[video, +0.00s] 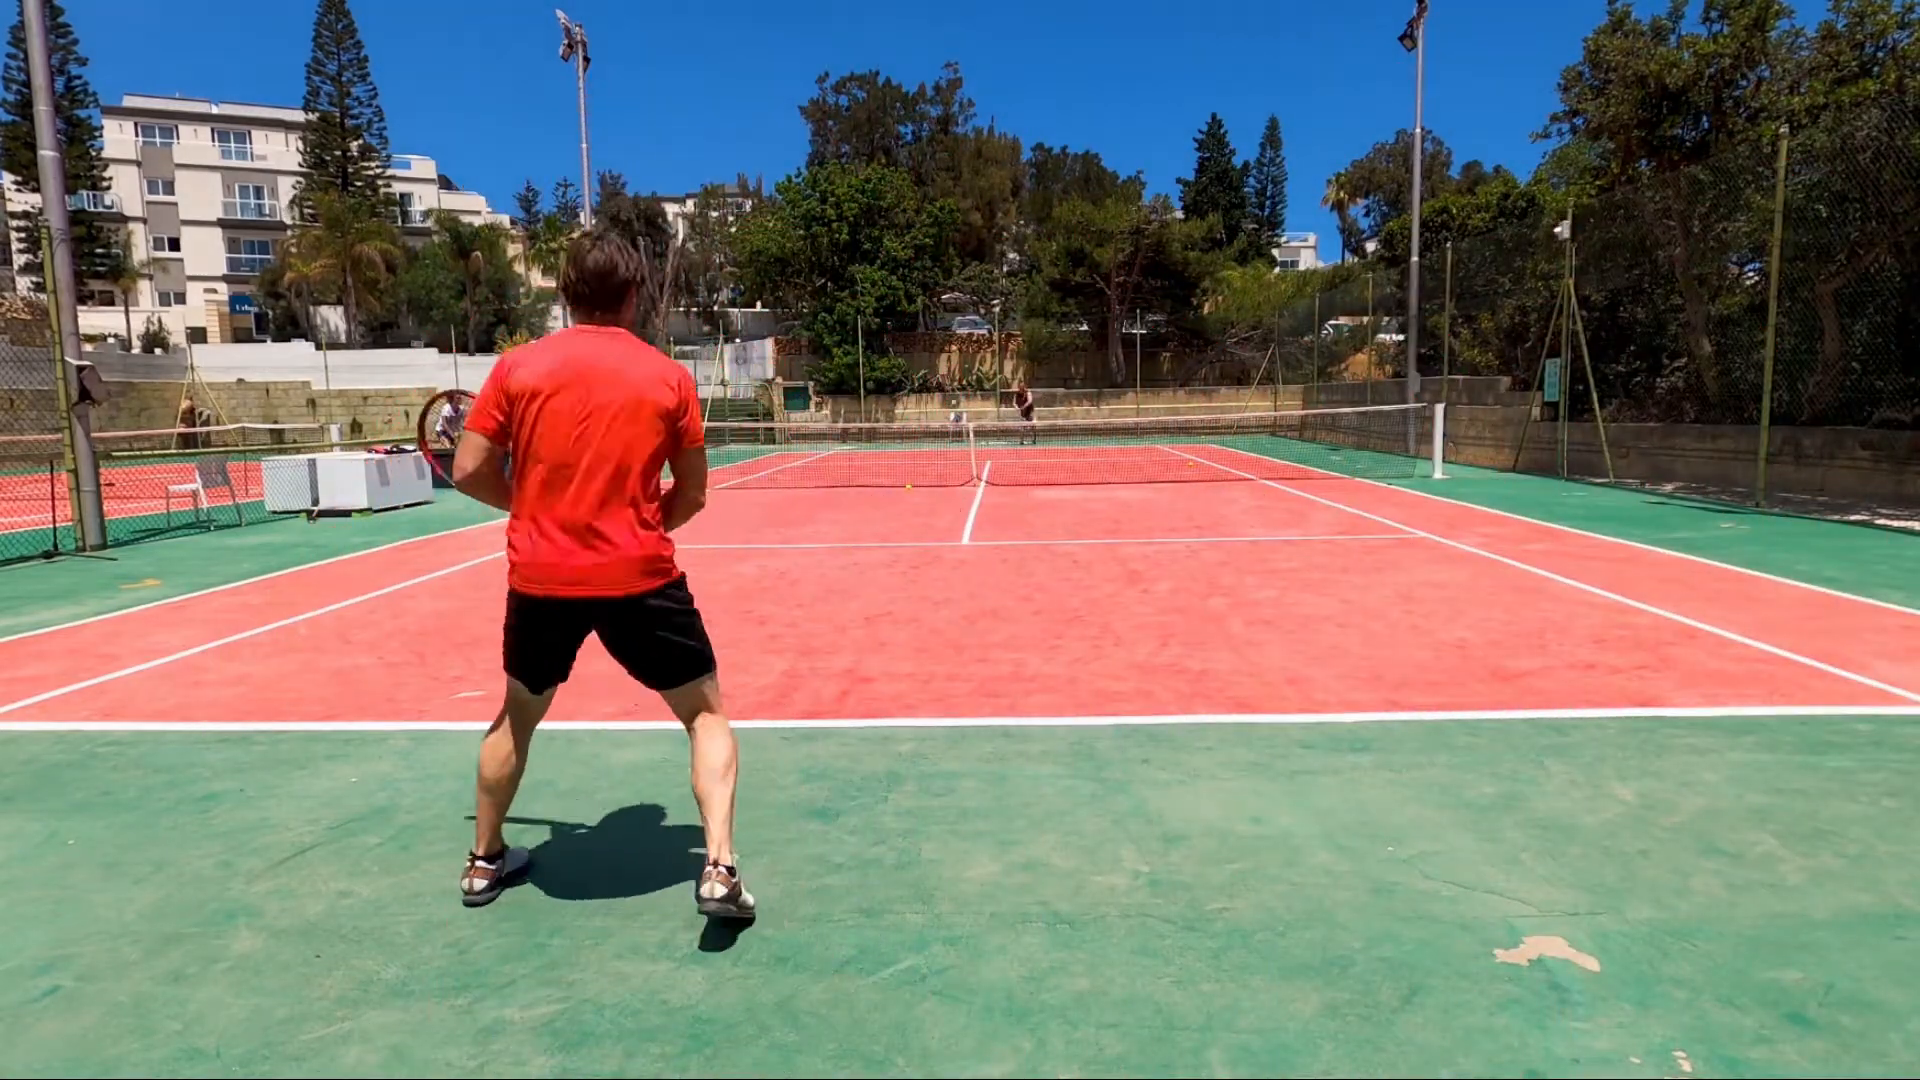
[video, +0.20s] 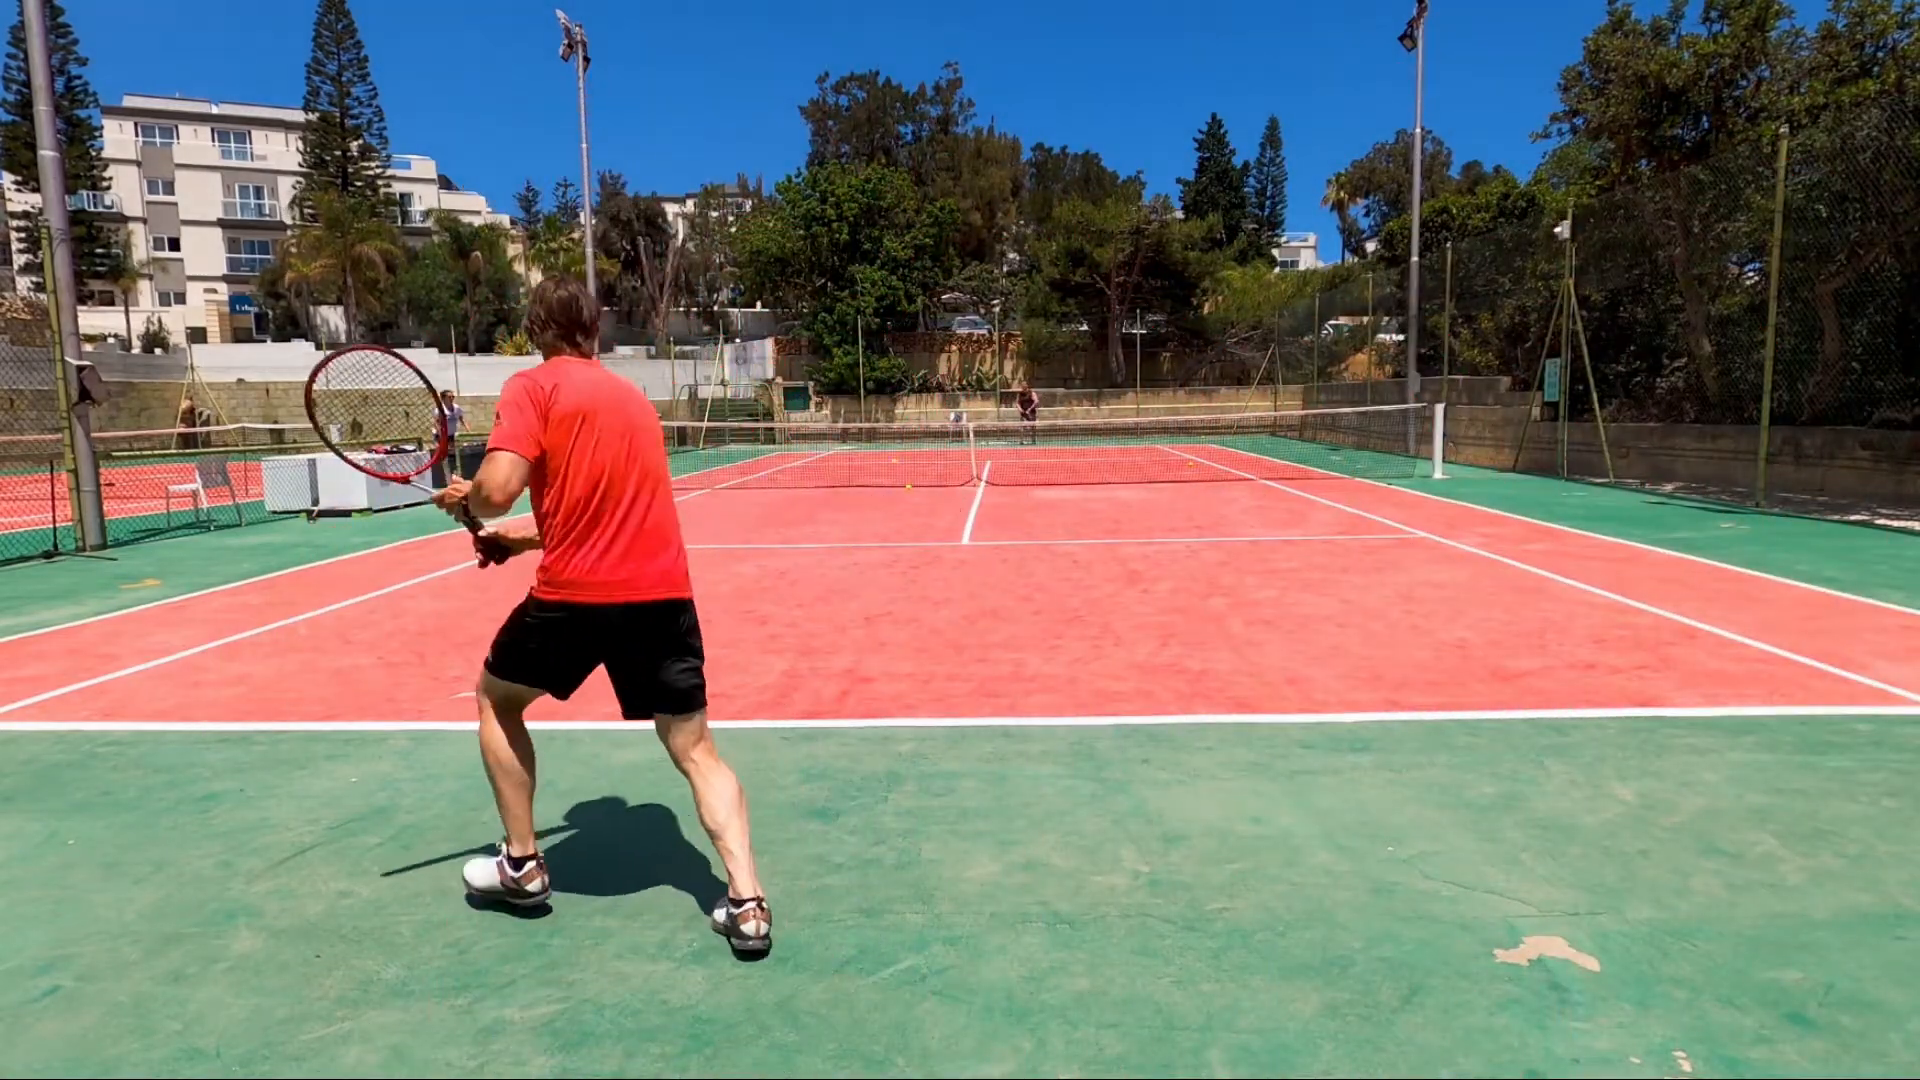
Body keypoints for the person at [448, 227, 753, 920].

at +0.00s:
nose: (637, 299)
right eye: (636, 290)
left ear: (566, 292)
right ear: (634, 294)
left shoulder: (518, 366)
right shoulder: (668, 377)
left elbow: (469, 472)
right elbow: (690, 494)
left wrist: (535, 502)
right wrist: (638, 526)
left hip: (542, 582)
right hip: (639, 579)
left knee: (515, 714)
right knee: (704, 713)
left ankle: (482, 861)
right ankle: (720, 867)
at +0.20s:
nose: (527, 345)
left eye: (528, 335)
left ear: (535, 335)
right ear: (594, 336)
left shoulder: (531, 389)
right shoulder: (633, 397)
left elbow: (496, 491)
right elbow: (612, 511)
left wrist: (466, 499)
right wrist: (512, 535)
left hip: (573, 595)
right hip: (661, 592)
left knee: (498, 701)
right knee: (696, 746)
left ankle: (522, 862)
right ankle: (748, 900)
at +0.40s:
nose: (458, 374)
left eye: (457, 364)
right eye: (459, 365)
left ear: (464, 363)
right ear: (520, 358)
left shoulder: (481, 410)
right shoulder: (557, 412)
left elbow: (503, 498)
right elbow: (535, 529)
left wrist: (433, 542)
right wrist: (459, 583)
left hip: (563, 594)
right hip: (635, 588)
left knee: (475, 728)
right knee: (625, 716)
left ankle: (527, 886)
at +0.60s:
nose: (438, 399)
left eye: (439, 389)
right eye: (440, 391)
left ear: (447, 386)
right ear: (500, 383)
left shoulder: (465, 413)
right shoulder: (519, 423)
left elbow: (472, 470)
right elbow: (463, 522)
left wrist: (396, 477)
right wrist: (384, 524)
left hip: (558, 578)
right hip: (622, 567)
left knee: (506, 727)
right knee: (593, 633)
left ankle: (536, 878)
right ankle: (603, 740)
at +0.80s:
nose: (448, 429)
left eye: (449, 420)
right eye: (449, 420)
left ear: (459, 422)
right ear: (500, 419)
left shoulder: (485, 451)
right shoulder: (510, 450)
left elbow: (459, 513)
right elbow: (432, 532)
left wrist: (372, 535)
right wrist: (356, 554)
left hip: (572, 588)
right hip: (610, 578)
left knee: (525, 716)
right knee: (544, 640)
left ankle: (554, 831)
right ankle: (564, 730)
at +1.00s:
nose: (454, 453)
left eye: (455, 447)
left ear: (460, 442)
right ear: (505, 443)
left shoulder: (469, 461)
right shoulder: (525, 471)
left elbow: (443, 489)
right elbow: (548, 532)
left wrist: (383, 513)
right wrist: (521, 593)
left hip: (543, 582)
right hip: (592, 575)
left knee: (538, 711)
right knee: (549, 634)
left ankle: (596, 781)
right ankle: (562, 725)